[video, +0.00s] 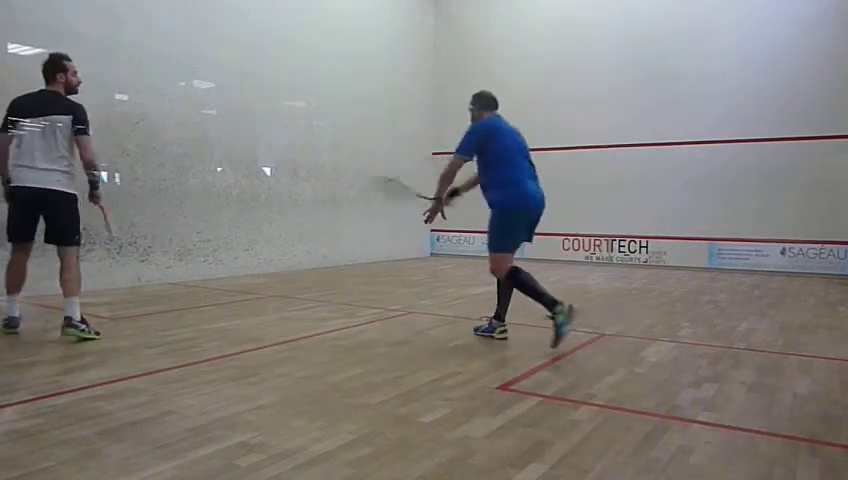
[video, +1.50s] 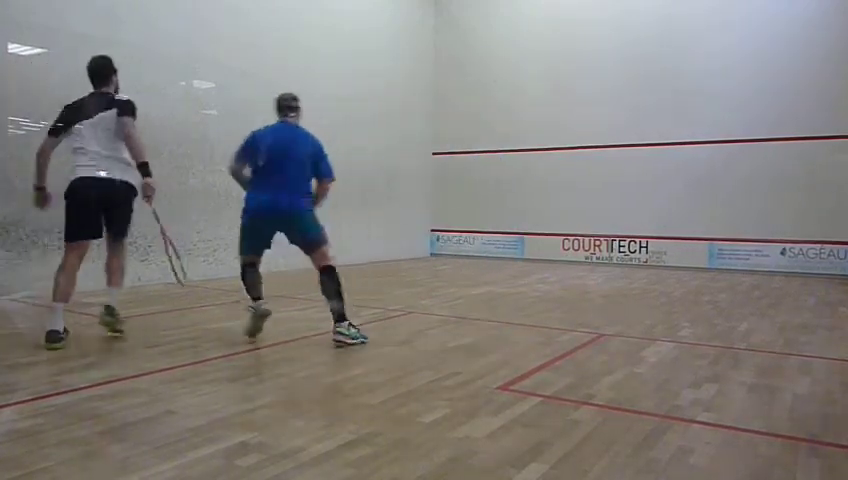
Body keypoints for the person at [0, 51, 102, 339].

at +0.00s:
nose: (78, 78)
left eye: (77, 73)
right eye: (74, 74)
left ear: (49, 78)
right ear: (60, 77)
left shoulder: (18, 104)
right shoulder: (74, 109)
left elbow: (4, 147)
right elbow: (87, 156)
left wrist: (6, 181)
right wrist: (95, 184)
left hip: (22, 190)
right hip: (60, 193)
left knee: (19, 251)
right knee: (69, 256)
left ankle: (11, 315)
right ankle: (73, 319)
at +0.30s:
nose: (49, 76)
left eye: (47, 71)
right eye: (46, 71)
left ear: (20, 78)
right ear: (36, 76)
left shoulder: (4, 102)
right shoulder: (56, 108)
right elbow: (70, 152)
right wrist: (43, 144)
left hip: (9, 187)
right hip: (46, 190)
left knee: (11, 249)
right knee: (48, 246)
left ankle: (10, 313)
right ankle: (54, 307)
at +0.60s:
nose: (45, 91)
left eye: (43, 86)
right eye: (44, 87)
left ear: (19, 89)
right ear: (39, 89)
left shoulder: (6, 110)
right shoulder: (55, 117)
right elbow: (52, 149)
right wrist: (42, 105)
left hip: (13, 190)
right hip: (49, 192)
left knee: (6, 250)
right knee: (40, 244)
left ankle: (10, 312)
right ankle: (40, 302)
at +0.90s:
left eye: (39, 133)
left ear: (39, 134)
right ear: (60, 137)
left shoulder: (29, 148)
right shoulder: (72, 157)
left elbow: (15, 186)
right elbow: (69, 191)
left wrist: (13, 206)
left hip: (33, 209)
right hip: (66, 215)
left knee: (1, 246)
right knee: (43, 245)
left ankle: (5, 297)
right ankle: (44, 301)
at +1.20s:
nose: (82, 115)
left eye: (78, 112)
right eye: (82, 112)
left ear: (59, 114)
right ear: (83, 113)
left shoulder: (42, 134)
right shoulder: (95, 136)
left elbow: (15, 165)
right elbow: (124, 152)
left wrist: (1, 187)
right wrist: (155, 175)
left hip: (41, 205)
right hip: (76, 209)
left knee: (38, 266)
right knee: (59, 261)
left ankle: (47, 310)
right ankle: (47, 308)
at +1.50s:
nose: (118, 81)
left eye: (115, 76)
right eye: (117, 77)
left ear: (90, 80)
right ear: (113, 78)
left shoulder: (72, 109)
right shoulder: (123, 104)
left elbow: (44, 150)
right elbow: (128, 132)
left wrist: (40, 187)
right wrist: (147, 175)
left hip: (82, 187)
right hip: (120, 187)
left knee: (73, 254)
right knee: (116, 247)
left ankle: (55, 326)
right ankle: (112, 304)